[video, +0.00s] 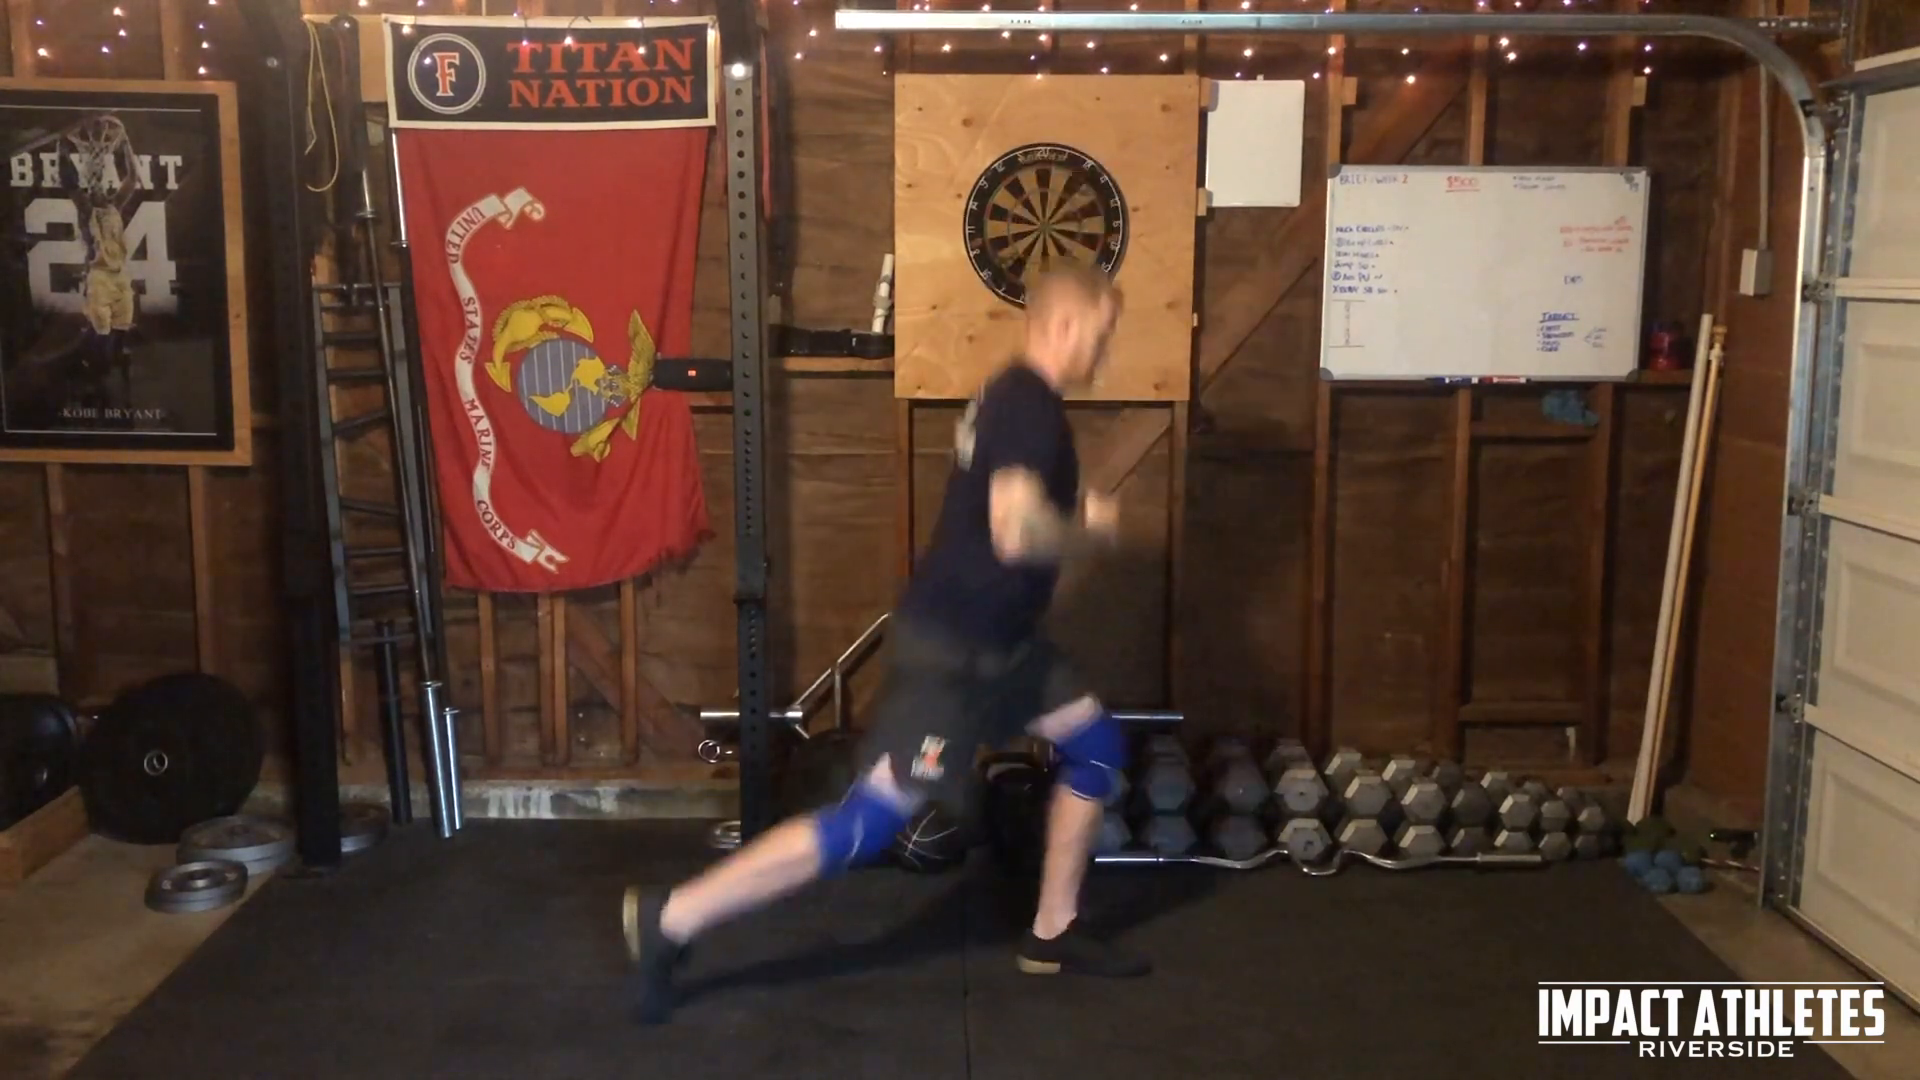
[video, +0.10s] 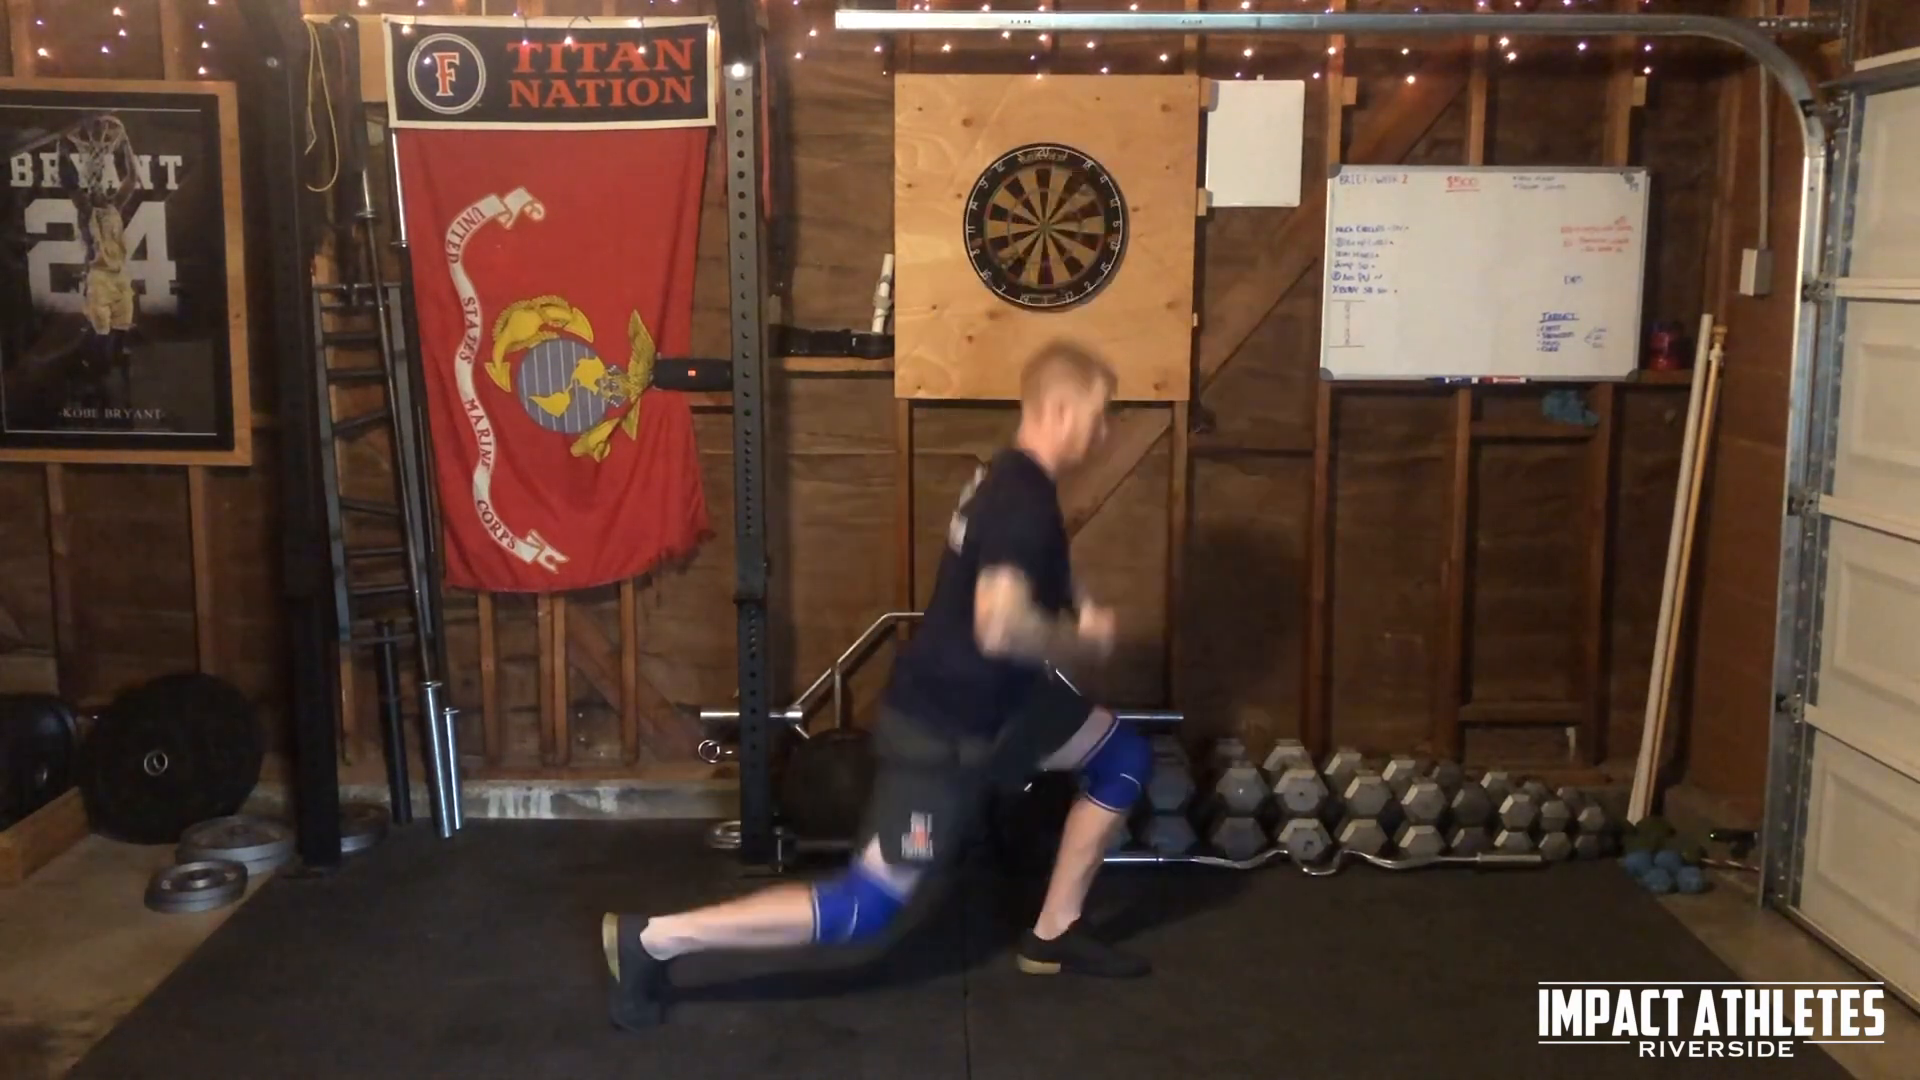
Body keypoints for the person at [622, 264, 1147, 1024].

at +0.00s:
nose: (1105, 348)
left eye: (1108, 331)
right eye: (1099, 331)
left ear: (1057, 325)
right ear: (1059, 325)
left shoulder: (1034, 401)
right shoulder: (1023, 402)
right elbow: (1016, 532)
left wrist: (1071, 517)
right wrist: (1091, 523)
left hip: (1003, 646)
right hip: (948, 648)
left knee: (1095, 747)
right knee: (869, 823)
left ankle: (1054, 932)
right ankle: (669, 918)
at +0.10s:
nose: (1103, 428)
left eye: (1105, 412)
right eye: (1099, 411)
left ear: (1046, 408)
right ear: (1060, 410)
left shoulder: (1028, 483)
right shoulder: (1018, 496)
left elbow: (1040, 584)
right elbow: (998, 625)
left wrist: (1076, 614)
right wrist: (1080, 636)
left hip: (1001, 698)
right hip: (940, 716)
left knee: (1122, 759)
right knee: (866, 906)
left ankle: (1054, 932)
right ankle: (651, 939)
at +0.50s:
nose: (1078, 418)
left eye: (1078, 402)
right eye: (1070, 401)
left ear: (1023, 404)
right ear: (1025, 404)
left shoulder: (1014, 481)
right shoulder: (1004, 488)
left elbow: (987, 572)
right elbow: (1005, 604)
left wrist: (1064, 560)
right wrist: (1083, 580)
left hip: (1008, 698)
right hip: (943, 716)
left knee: (1124, 757)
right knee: (856, 896)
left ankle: (1055, 932)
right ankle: (640, 941)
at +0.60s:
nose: (1082, 326)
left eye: (1085, 308)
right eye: (1075, 308)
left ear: (1046, 305)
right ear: (1034, 303)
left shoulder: (1024, 388)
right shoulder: (1011, 386)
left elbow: (1034, 502)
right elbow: (1023, 505)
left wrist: (1077, 482)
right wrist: (1084, 481)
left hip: (1008, 631)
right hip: (946, 630)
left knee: (1089, 742)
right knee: (874, 801)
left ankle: (1057, 927)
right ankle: (685, 925)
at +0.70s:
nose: (1099, 250)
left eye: (1101, 233)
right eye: (1094, 231)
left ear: (1033, 226)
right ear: (1052, 226)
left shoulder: (1026, 304)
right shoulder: (1017, 301)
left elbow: (997, 397)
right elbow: (1007, 415)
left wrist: (1066, 413)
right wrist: (1088, 420)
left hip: (989, 550)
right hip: (946, 545)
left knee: (1024, 717)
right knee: (920, 740)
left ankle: (1009, 900)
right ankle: (768, 897)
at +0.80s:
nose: (1102, 226)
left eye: (1106, 210)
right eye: (1099, 207)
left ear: (1041, 195)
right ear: (1055, 195)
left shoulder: (1014, 265)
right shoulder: (1021, 266)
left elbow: (991, 372)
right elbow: (987, 377)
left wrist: (1058, 375)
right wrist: (1076, 391)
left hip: (962, 514)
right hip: (955, 519)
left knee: (961, 698)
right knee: (978, 709)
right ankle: (881, 903)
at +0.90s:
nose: (1101, 244)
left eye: (1106, 227)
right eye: (1098, 224)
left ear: (1043, 214)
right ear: (1056, 214)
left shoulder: (1029, 289)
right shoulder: (1014, 289)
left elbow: (990, 391)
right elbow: (972, 394)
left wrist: (1062, 402)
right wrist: (1071, 414)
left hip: (960, 533)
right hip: (951, 538)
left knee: (932, 720)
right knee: (1037, 717)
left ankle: (777, 834)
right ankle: (993, 927)